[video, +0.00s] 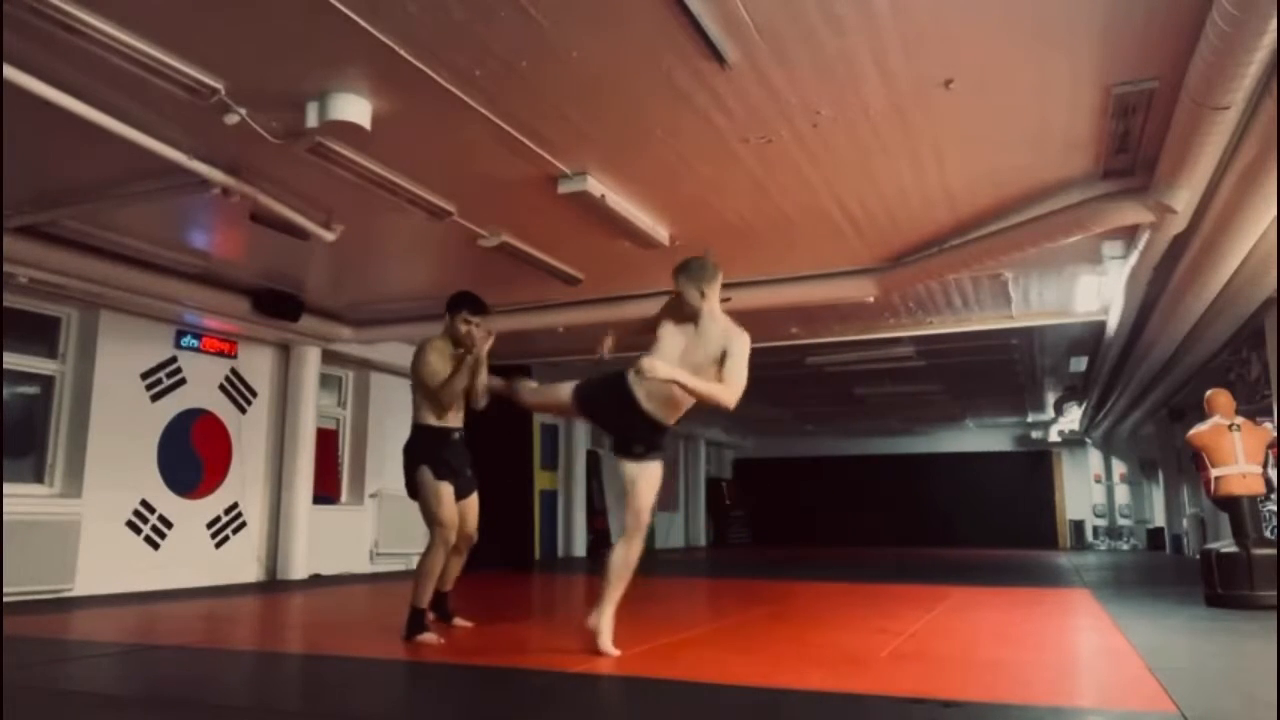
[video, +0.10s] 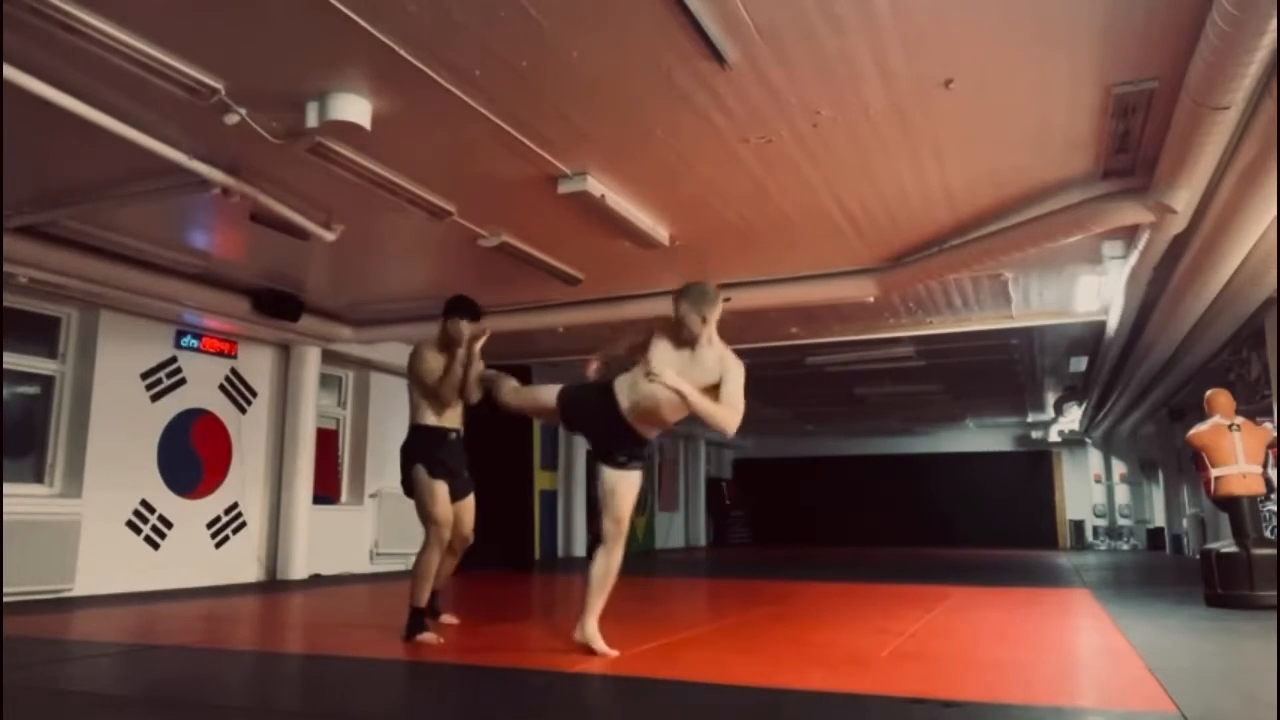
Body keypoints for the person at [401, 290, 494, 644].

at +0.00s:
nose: (472, 330)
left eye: (477, 325)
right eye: (466, 322)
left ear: (482, 328)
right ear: (449, 319)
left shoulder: (470, 355)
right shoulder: (431, 351)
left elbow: (478, 400)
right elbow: (443, 399)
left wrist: (482, 356)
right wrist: (469, 358)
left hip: (457, 446)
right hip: (428, 445)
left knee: (467, 533)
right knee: (444, 531)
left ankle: (442, 604)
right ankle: (417, 619)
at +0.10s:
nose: (466, 331)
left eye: (472, 326)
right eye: (462, 324)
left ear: (474, 328)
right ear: (447, 321)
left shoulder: (468, 357)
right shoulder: (424, 353)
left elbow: (472, 396)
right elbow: (442, 397)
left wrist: (475, 355)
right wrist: (461, 354)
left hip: (455, 446)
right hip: (425, 445)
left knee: (463, 534)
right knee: (439, 529)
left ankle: (432, 601)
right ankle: (416, 619)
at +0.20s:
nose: (456, 335)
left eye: (462, 330)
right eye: (452, 327)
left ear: (467, 334)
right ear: (438, 325)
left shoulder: (466, 363)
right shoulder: (415, 356)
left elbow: (461, 399)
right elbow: (435, 394)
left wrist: (467, 355)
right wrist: (449, 351)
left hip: (454, 448)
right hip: (423, 446)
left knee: (456, 538)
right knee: (433, 529)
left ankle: (421, 605)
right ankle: (416, 616)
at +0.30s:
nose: (450, 343)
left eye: (455, 339)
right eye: (447, 336)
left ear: (458, 340)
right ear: (432, 330)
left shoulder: (456, 365)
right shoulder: (406, 359)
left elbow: (457, 402)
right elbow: (424, 397)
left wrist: (462, 359)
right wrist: (433, 353)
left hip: (449, 449)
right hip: (418, 447)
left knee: (447, 537)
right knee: (429, 528)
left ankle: (417, 604)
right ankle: (415, 614)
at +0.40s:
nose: (438, 346)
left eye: (444, 342)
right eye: (435, 339)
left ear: (450, 342)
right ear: (422, 334)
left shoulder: (446, 365)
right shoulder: (399, 362)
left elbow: (452, 401)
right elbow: (419, 401)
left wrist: (457, 360)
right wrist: (428, 356)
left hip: (441, 450)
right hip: (411, 448)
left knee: (440, 537)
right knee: (419, 528)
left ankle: (416, 606)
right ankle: (411, 609)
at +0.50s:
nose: (435, 339)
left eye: (440, 334)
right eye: (431, 332)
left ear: (443, 336)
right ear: (415, 329)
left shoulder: (439, 363)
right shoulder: (394, 360)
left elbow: (452, 400)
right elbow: (415, 401)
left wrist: (453, 358)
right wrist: (428, 358)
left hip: (433, 448)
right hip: (402, 446)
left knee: (432, 534)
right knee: (408, 529)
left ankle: (415, 604)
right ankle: (399, 606)